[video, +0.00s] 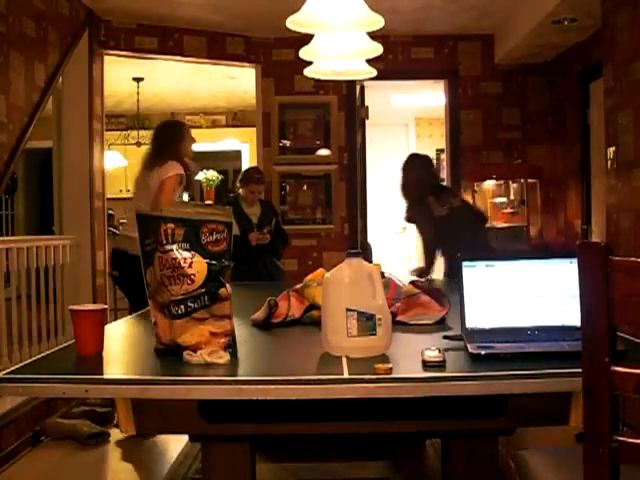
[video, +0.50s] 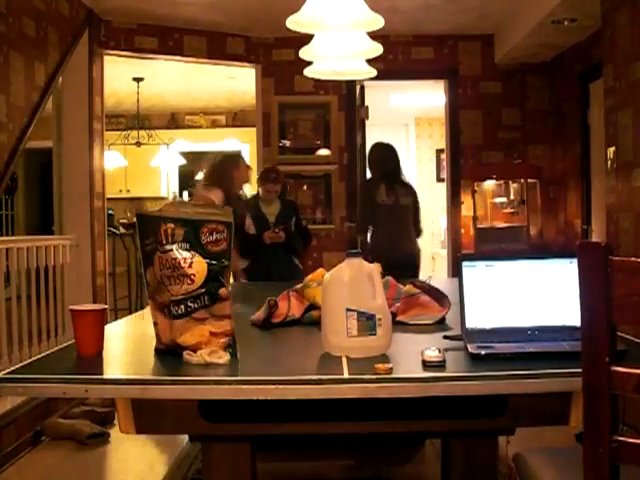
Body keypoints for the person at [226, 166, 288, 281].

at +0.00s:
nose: (255, 197)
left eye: (259, 193)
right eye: (251, 193)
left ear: (263, 190)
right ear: (241, 188)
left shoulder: (268, 207)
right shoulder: (230, 207)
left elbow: (283, 238)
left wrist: (270, 239)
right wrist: (247, 239)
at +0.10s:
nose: (258, 197)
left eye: (262, 193)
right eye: (254, 192)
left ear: (265, 190)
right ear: (244, 187)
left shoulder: (271, 208)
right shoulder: (231, 207)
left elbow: (284, 239)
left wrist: (271, 239)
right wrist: (248, 240)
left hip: (270, 271)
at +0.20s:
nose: (261, 197)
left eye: (265, 193)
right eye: (257, 193)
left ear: (269, 190)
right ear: (247, 188)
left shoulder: (276, 211)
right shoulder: (234, 209)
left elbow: (288, 242)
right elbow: (229, 243)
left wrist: (275, 240)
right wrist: (251, 240)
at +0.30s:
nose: (266, 197)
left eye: (270, 193)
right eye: (262, 193)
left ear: (273, 190)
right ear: (253, 189)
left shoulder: (281, 210)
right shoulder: (239, 209)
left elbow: (294, 242)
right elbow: (233, 244)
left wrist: (279, 240)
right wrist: (256, 240)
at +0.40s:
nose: (270, 197)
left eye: (273, 193)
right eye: (266, 192)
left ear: (277, 190)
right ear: (257, 187)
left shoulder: (286, 209)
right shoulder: (241, 210)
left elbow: (299, 241)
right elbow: (236, 244)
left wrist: (283, 239)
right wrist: (259, 240)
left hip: (281, 272)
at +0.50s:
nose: (272, 196)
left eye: (276, 192)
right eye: (268, 192)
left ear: (281, 188)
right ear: (259, 186)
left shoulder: (290, 207)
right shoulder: (247, 207)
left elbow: (305, 238)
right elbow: (242, 246)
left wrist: (286, 237)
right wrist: (262, 239)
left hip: (287, 272)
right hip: (258, 274)